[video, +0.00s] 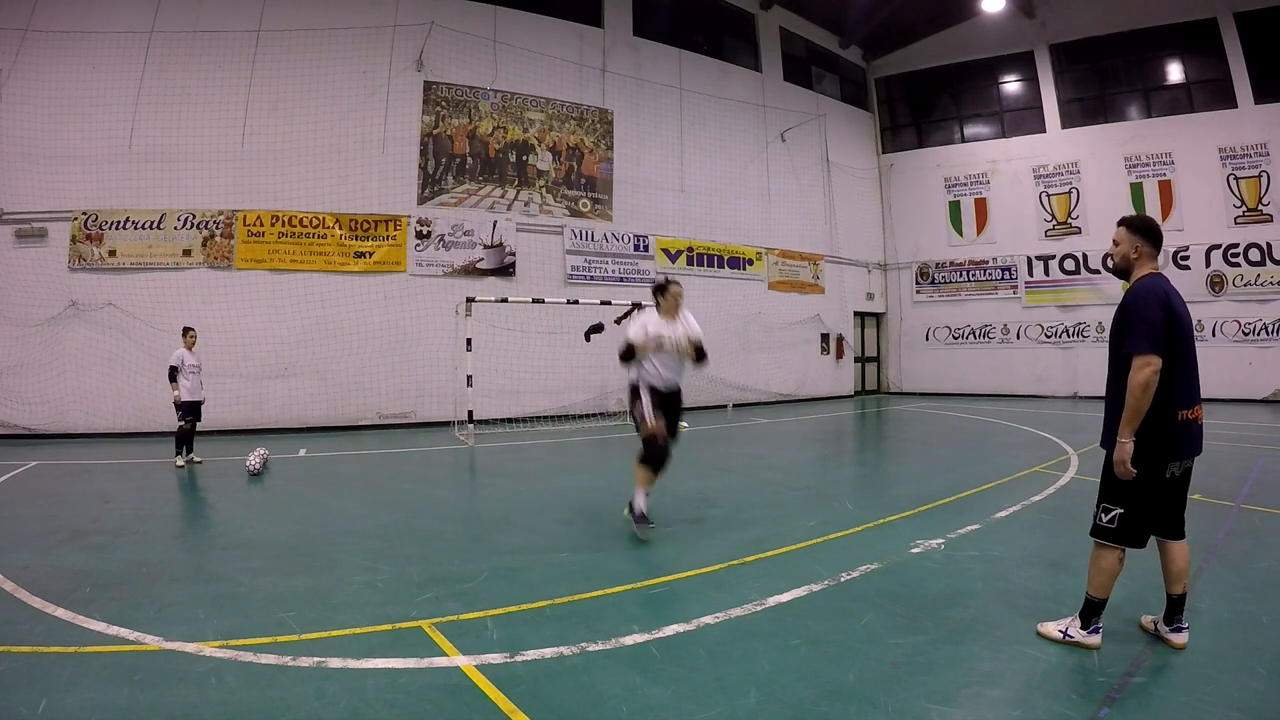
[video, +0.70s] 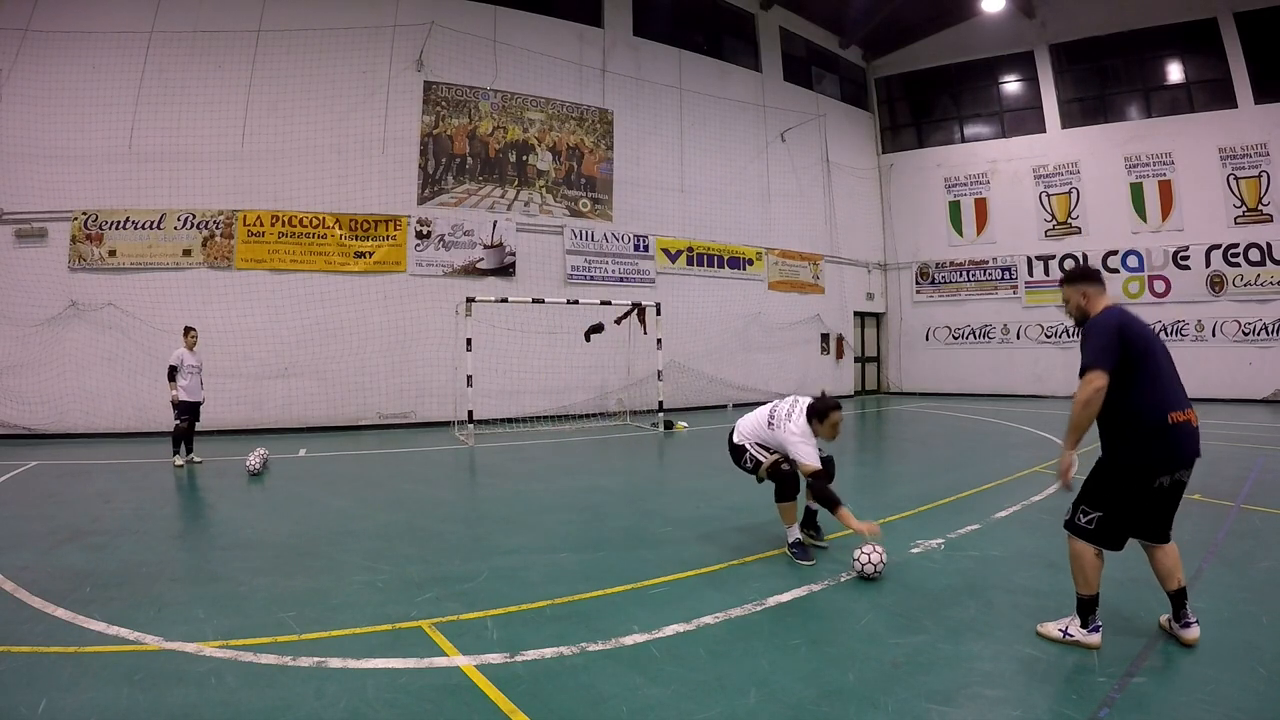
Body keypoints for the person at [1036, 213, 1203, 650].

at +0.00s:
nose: (1108, 249)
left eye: (1115, 242)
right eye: (1112, 242)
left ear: (1137, 249)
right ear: (1145, 251)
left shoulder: (1142, 296)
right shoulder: (1164, 292)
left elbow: (1147, 369)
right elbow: (1168, 369)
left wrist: (1125, 436)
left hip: (1141, 441)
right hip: (1175, 439)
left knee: (1110, 536)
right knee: (1170, 530)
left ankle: (1087, 624)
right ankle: (1174, 623)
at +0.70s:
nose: (1066, 310)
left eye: (1067, 301)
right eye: (1064, 303)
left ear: (1085, 294)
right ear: (1100, 292)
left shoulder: (1101, 325)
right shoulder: (1132, 323)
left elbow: (1095, 385)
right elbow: (1146, 391)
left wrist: (1069, 448)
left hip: (1137, 448)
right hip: (1180, 443)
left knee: (1082, 528)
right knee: (1155, 533)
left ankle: (1086, 624)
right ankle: (1185, 620)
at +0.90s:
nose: (1052, 337)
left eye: (1053, 328)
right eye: (1050, 330)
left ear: (1070, 322)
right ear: (1087, 319)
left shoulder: (1083, 350)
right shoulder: (1116, 344)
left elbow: (1059, 400)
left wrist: (1017, 453)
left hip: (1134, 459)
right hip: (1176, 453)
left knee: (1070, 529)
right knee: (1142, 538)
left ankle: (1085, 622)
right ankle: (1185, 620)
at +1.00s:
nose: (1042, 330)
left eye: (1043, 322)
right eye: (1040, 324)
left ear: (1057, 316)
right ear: (1076, 312)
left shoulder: (1070, 344)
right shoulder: (1105, 341)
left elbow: (1022, 378)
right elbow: (1122, 401)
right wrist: (1091, 450)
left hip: (1111, 456)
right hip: (1155, 452)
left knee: (1040, 514)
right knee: (1133, 537)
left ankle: (1066, 599)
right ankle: (1184, 620)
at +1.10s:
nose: (1017, 309)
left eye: (1018, 300)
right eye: (1016, 301)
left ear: (1031, 294)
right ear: (1051, 291)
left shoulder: (1043, 321)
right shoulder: (1082, 322)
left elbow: (1007, 337)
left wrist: (955, 354)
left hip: (1070, 447)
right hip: (1115, 448)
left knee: (995, 491)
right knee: (1132, 532)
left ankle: (998, 583)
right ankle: (1181, 615)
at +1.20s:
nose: (984, 290)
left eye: (985, 284)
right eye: (983, 284)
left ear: (998, 280)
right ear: (1018, 276)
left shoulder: (1008, 306)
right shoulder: (1051, 310)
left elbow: (1005, 338)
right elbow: (1058, 366)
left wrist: (985, 379)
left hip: (1019, 440)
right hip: (1067, 439)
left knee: (955, 507)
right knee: (1094, 513)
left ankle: (905, 581)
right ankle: (1165, 581)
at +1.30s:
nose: (954, 295)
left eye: (956, 288)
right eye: (954, 288)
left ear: (967, 288)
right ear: (991, 286)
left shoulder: (974, 323)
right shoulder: (1024, 325)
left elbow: (976, 371)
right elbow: (1052, 380)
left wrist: (967, 437)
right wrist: (1033, 430)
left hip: (973, 447)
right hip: (1019, 451)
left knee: (915, 511)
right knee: (1021, 513)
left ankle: (881, 589)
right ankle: (1089, 539)